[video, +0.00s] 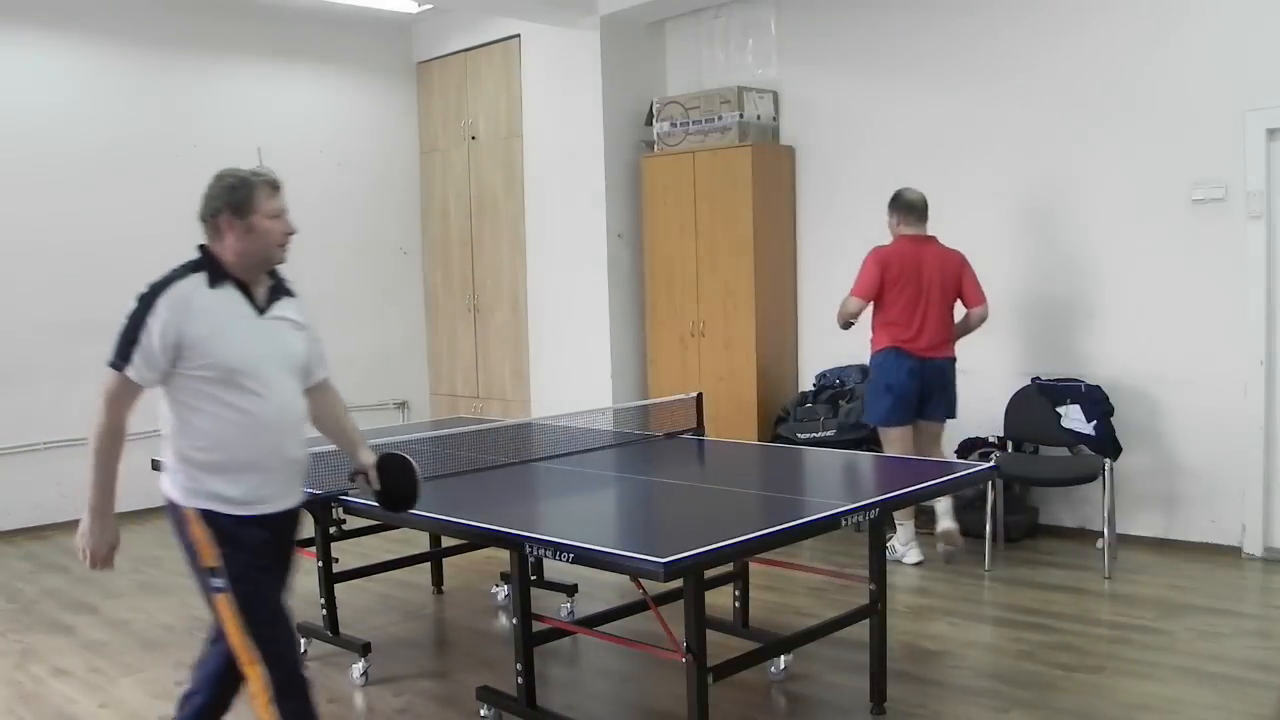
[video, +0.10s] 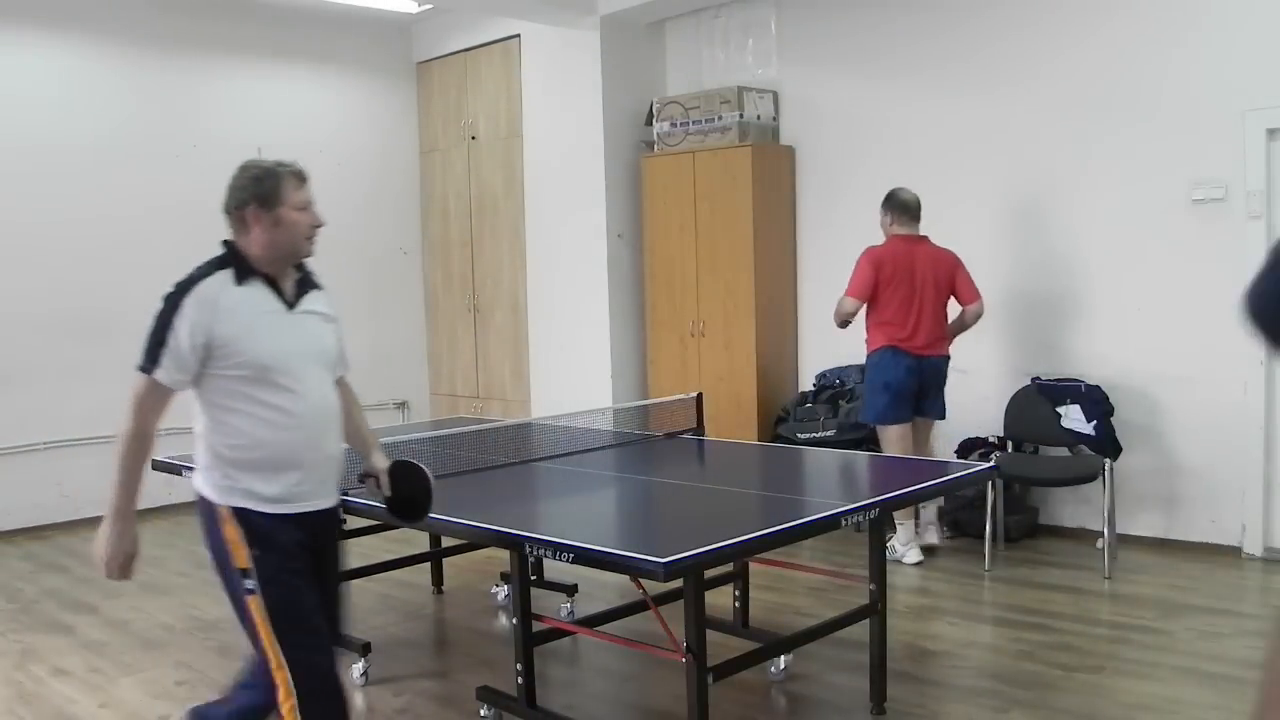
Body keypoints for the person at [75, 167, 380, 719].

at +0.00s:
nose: (290, 228)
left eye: (287, 216)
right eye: (276, 218)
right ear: (228, 229)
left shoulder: (286, 303)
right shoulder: (173, 302)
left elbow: (318, 390)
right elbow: (114, 404)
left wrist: (361, 452)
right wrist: (100, 514)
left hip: (280, 508)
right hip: (210, 510)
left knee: (235, 645)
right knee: (274, 658)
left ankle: (193, 712)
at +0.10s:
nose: (318, 220)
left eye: (314, 208)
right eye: (304, 209)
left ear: (267, 220)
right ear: (256, 218)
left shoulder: (314, 296)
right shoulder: (200, 300)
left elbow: (336, 386)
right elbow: (145, 410)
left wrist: (374, 457)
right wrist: (120, 518)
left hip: (319, 507)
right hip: (246, 511)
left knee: (302, 661)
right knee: (308, 681)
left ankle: (215, 715)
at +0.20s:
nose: (346, 211)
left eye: (343, 198)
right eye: (332, 199)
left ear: (295, 210)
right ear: (282, 209)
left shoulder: (336, 283)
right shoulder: (229, 289)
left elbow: (357, 377)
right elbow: (180, 406)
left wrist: (389, 448)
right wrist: (161, 523)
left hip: (350, 506)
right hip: (274, 515)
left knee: (382, 643)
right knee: (317, 693)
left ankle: (283, 710)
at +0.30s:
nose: (377, 203)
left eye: (373, 190)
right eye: (363, 191)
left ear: (323, 199)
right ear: (313, 199)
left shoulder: (366, 278)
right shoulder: (258, 280)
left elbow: (383, 374)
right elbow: (216, 401)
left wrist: (415, 442)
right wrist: (227, 521)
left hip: (384, 503)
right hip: (302, 515)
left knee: (430, 642)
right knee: (320, 687)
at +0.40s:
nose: (410, 201)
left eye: (406, 188)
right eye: (395, 188)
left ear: (358, 199)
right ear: (347, 197)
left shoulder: (397, 277)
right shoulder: (289, 278)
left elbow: (409, 380)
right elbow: (255, 400)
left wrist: (448, 444)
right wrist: (312, 511)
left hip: (416, 519)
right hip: (334, 527)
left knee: (466, 680)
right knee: (336, 699)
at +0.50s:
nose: (449, 205)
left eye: (445, 192)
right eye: (434, 192)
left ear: (396, 203)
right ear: (385, 201)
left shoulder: (439, 290)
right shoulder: (328, 283)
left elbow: (441, 392)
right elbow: (308, 406)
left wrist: (493, 434)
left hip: (445, 530)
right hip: (361, 536)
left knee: (488, 692)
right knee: (351, 701)